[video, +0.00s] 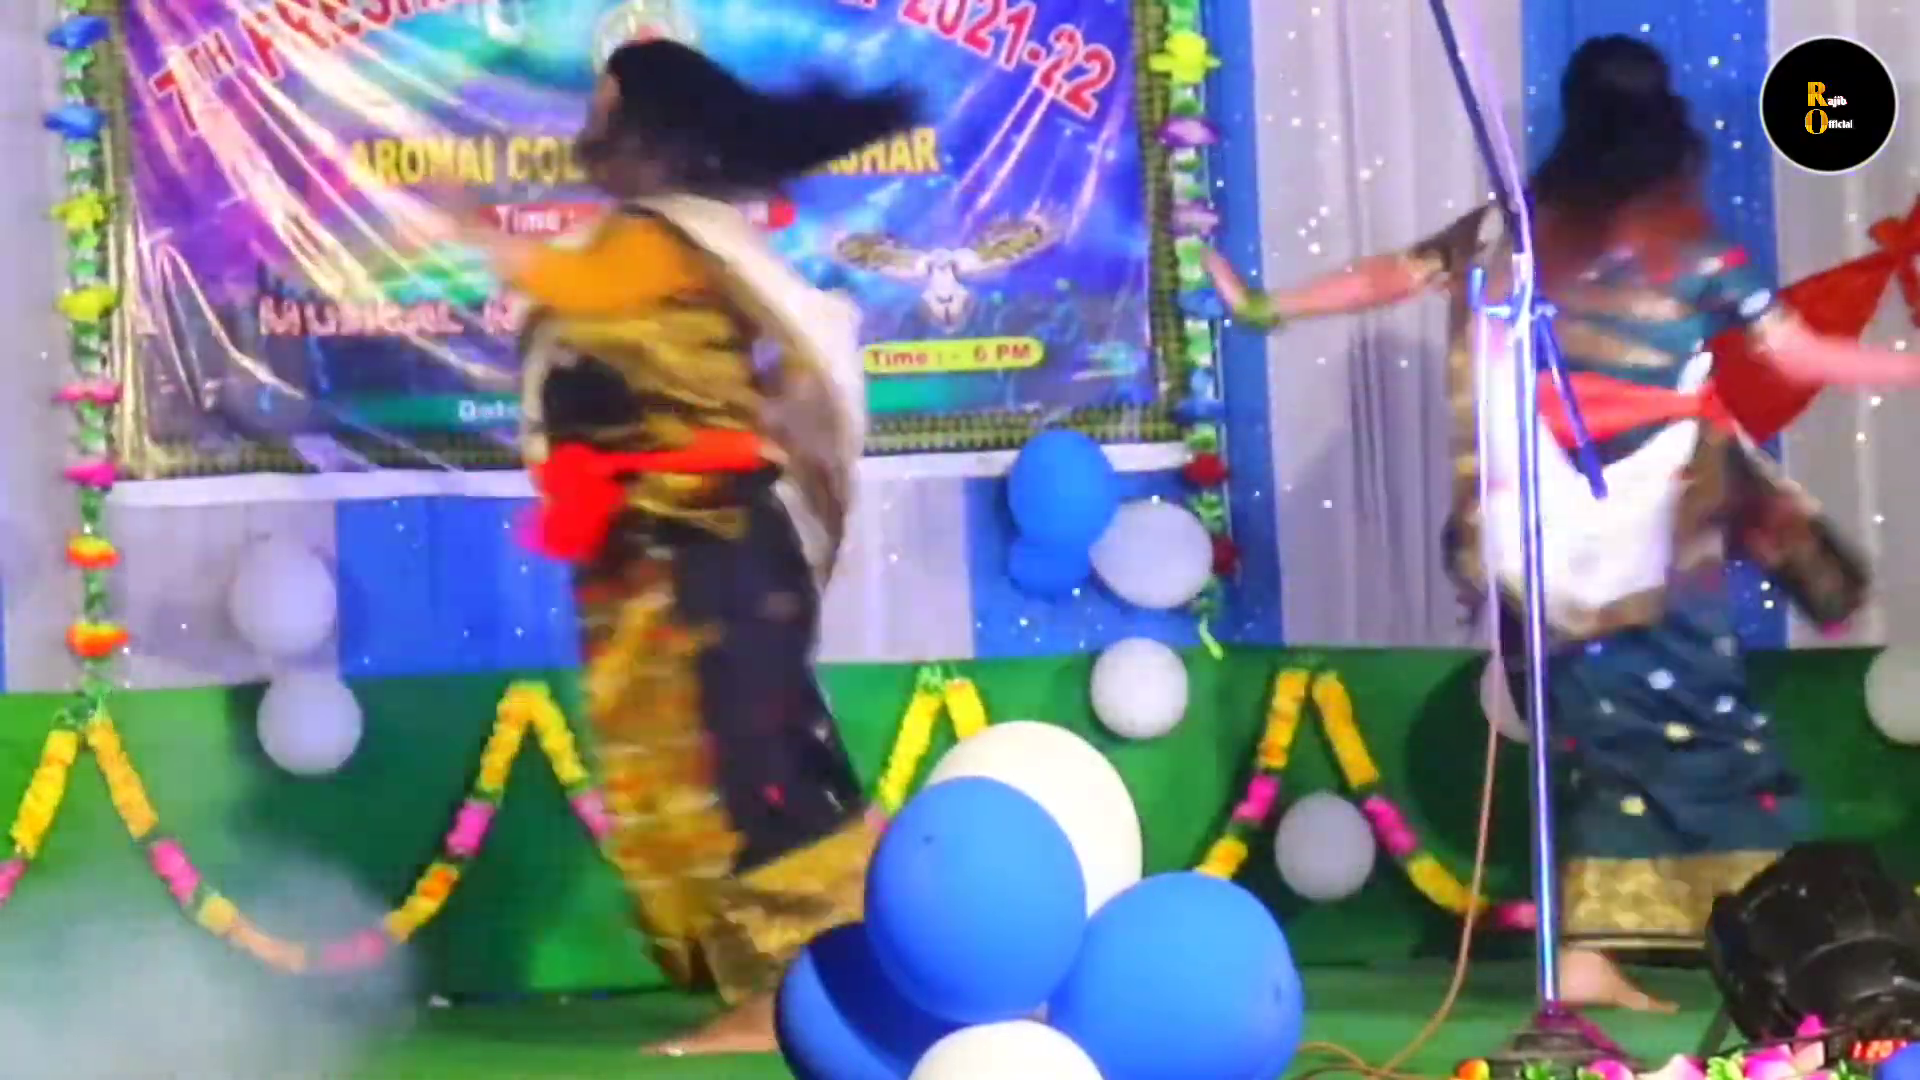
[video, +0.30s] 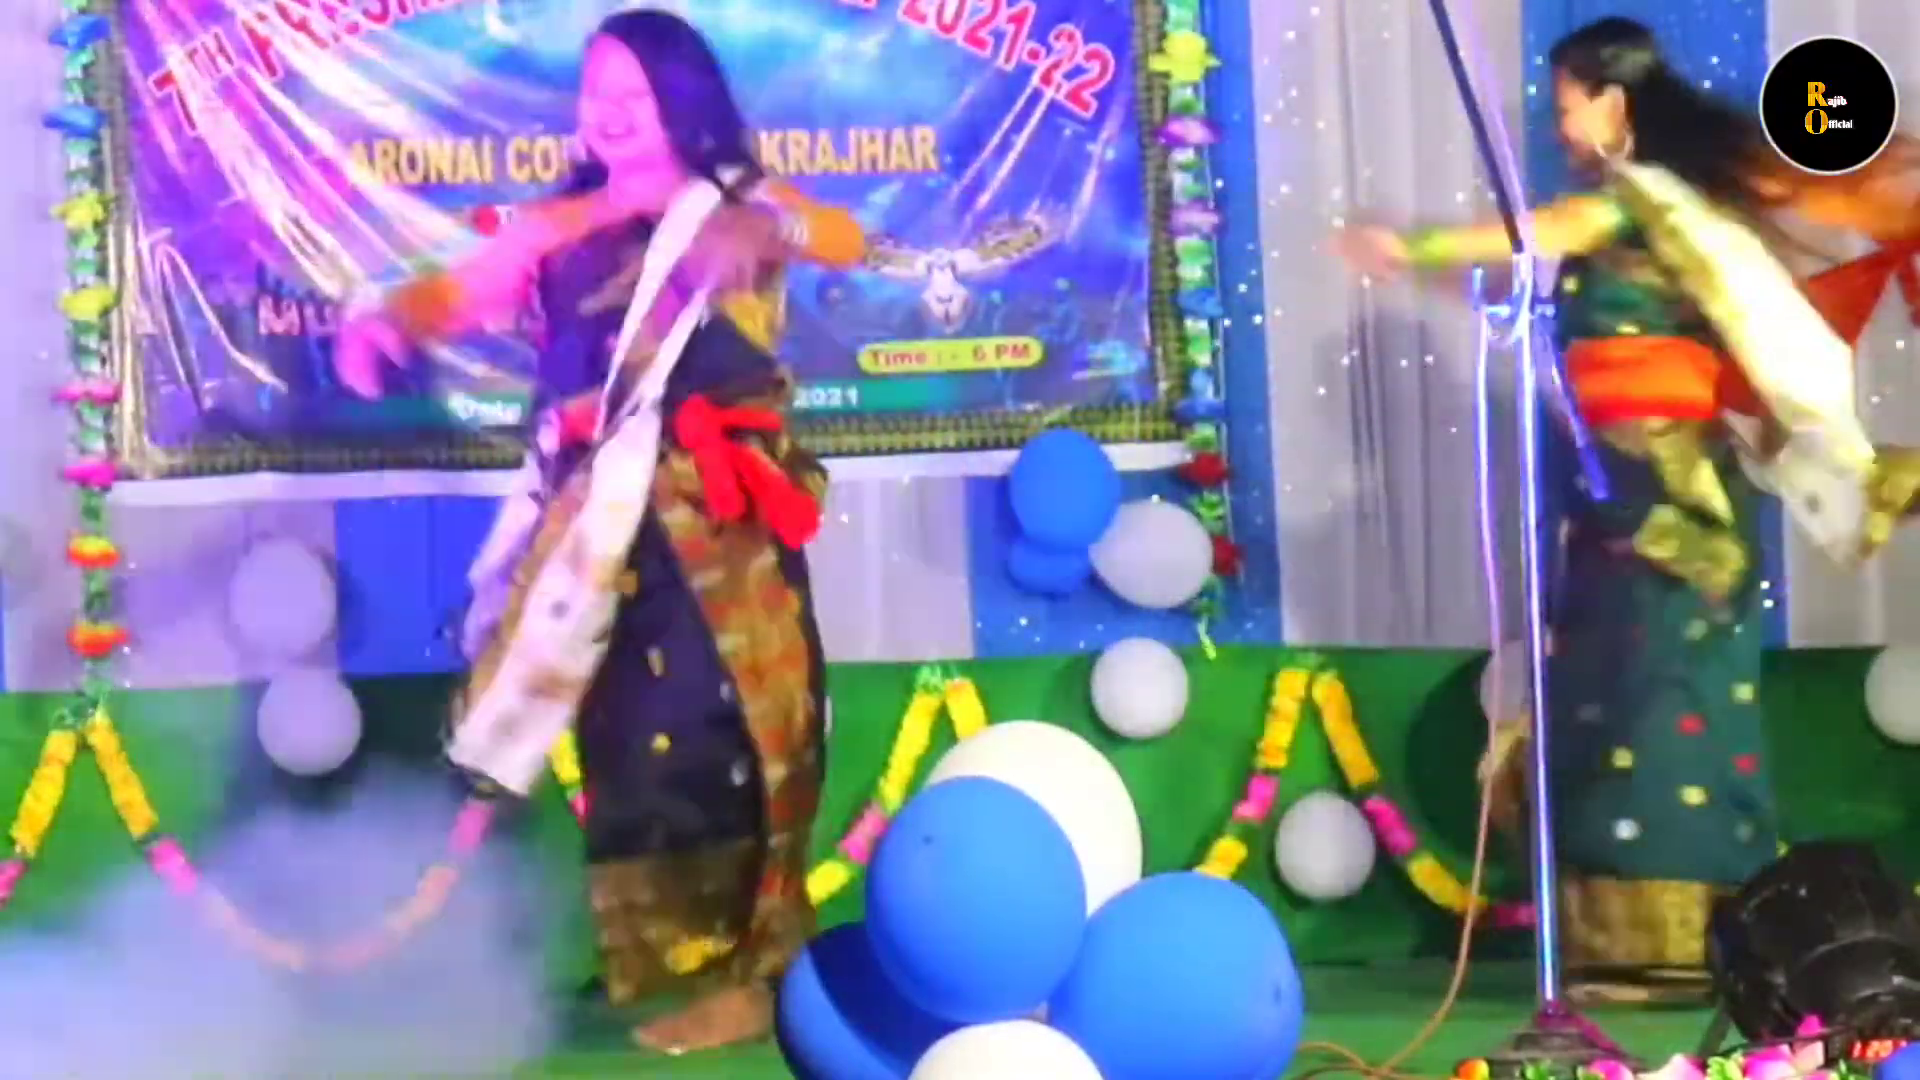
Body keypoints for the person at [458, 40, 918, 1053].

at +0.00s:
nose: (585, 135)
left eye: (603, 117)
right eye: (592, 114)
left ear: (649, 136)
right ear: (679, 139)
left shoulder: (662, 243)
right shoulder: (655, 240)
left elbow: (569, 286)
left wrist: (473, 227)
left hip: (699, 539)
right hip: (666, 538)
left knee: (694, 769)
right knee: (682, 765)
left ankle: (764, 1002)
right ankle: (754, 997)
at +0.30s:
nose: (610, 126)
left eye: (632, 104)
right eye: (595, 106)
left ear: (689, 105)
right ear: (580, 118)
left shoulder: (744, 225)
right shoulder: (569, 232)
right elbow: (465, 287)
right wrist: (389, 327)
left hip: (705, 514)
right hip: (602, 515)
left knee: (716, 742)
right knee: (629, 742)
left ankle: (740, 980)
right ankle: (656, 963)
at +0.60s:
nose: (588, 198)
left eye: (610, 179)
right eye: (569, 181)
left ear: (656, 189)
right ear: (546, 199)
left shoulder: (732, 314)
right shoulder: (511, 325)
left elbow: (791, 435)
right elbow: (463, 465)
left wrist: (726, 537)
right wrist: (497, 584)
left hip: (696, 606)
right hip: (561, 615)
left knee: (727, 810)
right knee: (563, 823)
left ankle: (720, 993)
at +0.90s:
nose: (486, 127)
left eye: (505, 111)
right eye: (463, 107)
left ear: (527, 132)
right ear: (416, 120)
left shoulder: (559, 245)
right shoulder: (346, 244)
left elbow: (636, 359)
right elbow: (272, 374)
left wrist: (573, 461)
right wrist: (306, 486)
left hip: (515, 528)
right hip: (385, 530)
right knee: (372, 754)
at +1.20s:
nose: (402, 154)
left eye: (416, 135)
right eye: (382, 131)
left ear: (434, 151)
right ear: (335, 138)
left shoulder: (456, 272)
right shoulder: (254, 261)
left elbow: (542, 396)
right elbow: (160, 391)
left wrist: (498, 510)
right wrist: (189, 526)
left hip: (398, 558)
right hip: (269, 561)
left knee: (386, 788)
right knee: (252, 788)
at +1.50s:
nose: (337, 200)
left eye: (341, 181)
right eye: (314, 182)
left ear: (349, 185)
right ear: (257, 191)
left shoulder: (371, 311)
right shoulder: (210, 310)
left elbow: (453, 405)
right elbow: (142, 438)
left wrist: (527, 491)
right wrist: (212, 508)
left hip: (341, 591)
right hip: (228, 591)